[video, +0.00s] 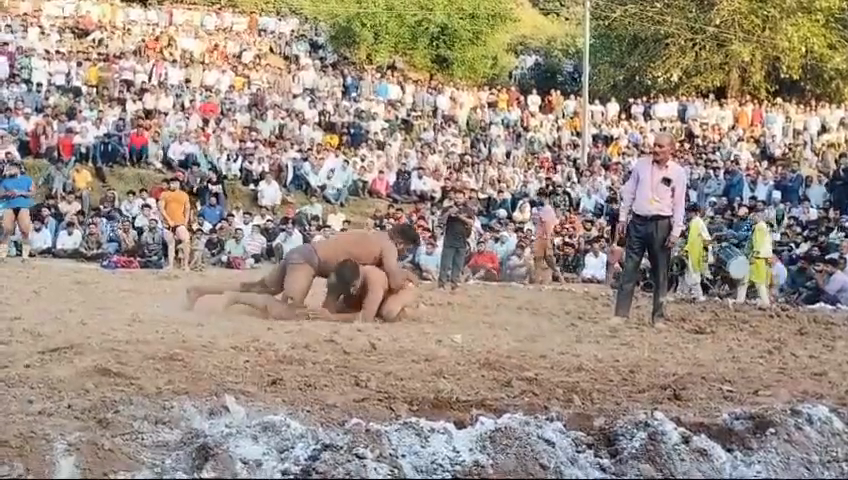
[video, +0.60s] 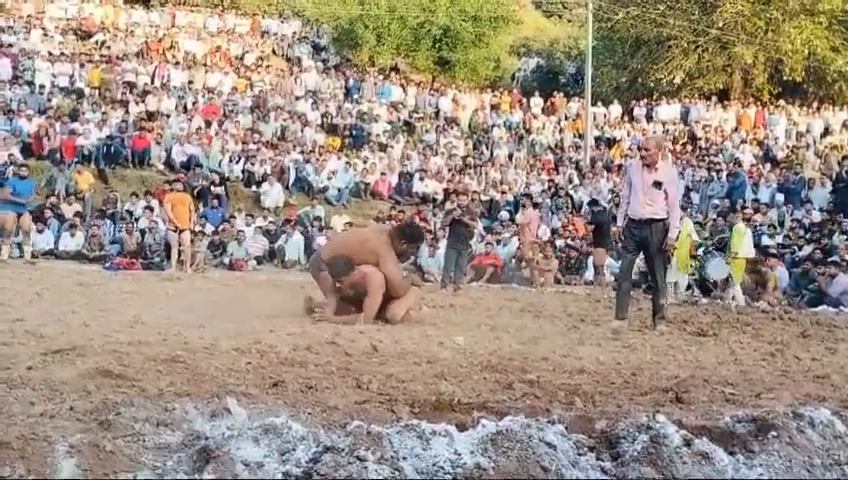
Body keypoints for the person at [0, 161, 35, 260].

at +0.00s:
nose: (11, 170)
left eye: (14, 167)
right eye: (10, 167)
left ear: (19, 168)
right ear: (7, 168)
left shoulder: (27, 180)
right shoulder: (5, 181)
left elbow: (33, 192)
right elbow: (2, 194)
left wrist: (20, 193)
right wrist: (8, 194)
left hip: (23, 206)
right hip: (8, 206)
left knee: (25, 231)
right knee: (6, 230)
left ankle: (25, 255)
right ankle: (3, 254)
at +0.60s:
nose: (23, 172)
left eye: (25, 170)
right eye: (21, 170)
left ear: (28, 172)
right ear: (17, 171)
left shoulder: (32, 183)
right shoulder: (12, 181)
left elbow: (35, 195)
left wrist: (30, 200)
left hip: (24, 209)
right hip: (10, 208)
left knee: (27, 229)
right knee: (8, 230)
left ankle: (27, 255)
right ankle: (5, 254)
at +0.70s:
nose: (31, 175)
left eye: (33, 173)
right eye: (29, 173)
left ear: (35, 174)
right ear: (25, 174)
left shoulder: (38, 185)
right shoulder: (19, 184)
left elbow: (40, 197)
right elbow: (15, 198)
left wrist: (36, 201)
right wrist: (28, 202)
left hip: (31, 211)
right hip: (18, 210)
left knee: (34, 233)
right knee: (15, 234)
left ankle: (32, 258)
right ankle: (9, 257)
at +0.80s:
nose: (45, 179)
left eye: (47, 176)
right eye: (43, 176)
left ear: (49, 178)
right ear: (39, 177)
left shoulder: (49, 190)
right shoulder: (33, 188)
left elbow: (51, 201)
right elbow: (32, 201)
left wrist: (52, 203)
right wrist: (43, 205)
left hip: (43, 215)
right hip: (31, 215)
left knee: (45, 238)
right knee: (26, 238)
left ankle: (42, 262)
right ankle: (19, 261)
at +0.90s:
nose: (65, 185)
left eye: (66, 183)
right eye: (63, 183)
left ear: (68, 184)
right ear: (58, 183)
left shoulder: (67, 194)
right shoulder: (53, 193)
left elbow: (69, 204)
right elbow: (52, 207)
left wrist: (73, 205)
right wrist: (66, 208)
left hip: (62, 221)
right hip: (51, 220)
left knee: (63, 243)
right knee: (45, 243)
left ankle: (57, 266)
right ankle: (36, 262)